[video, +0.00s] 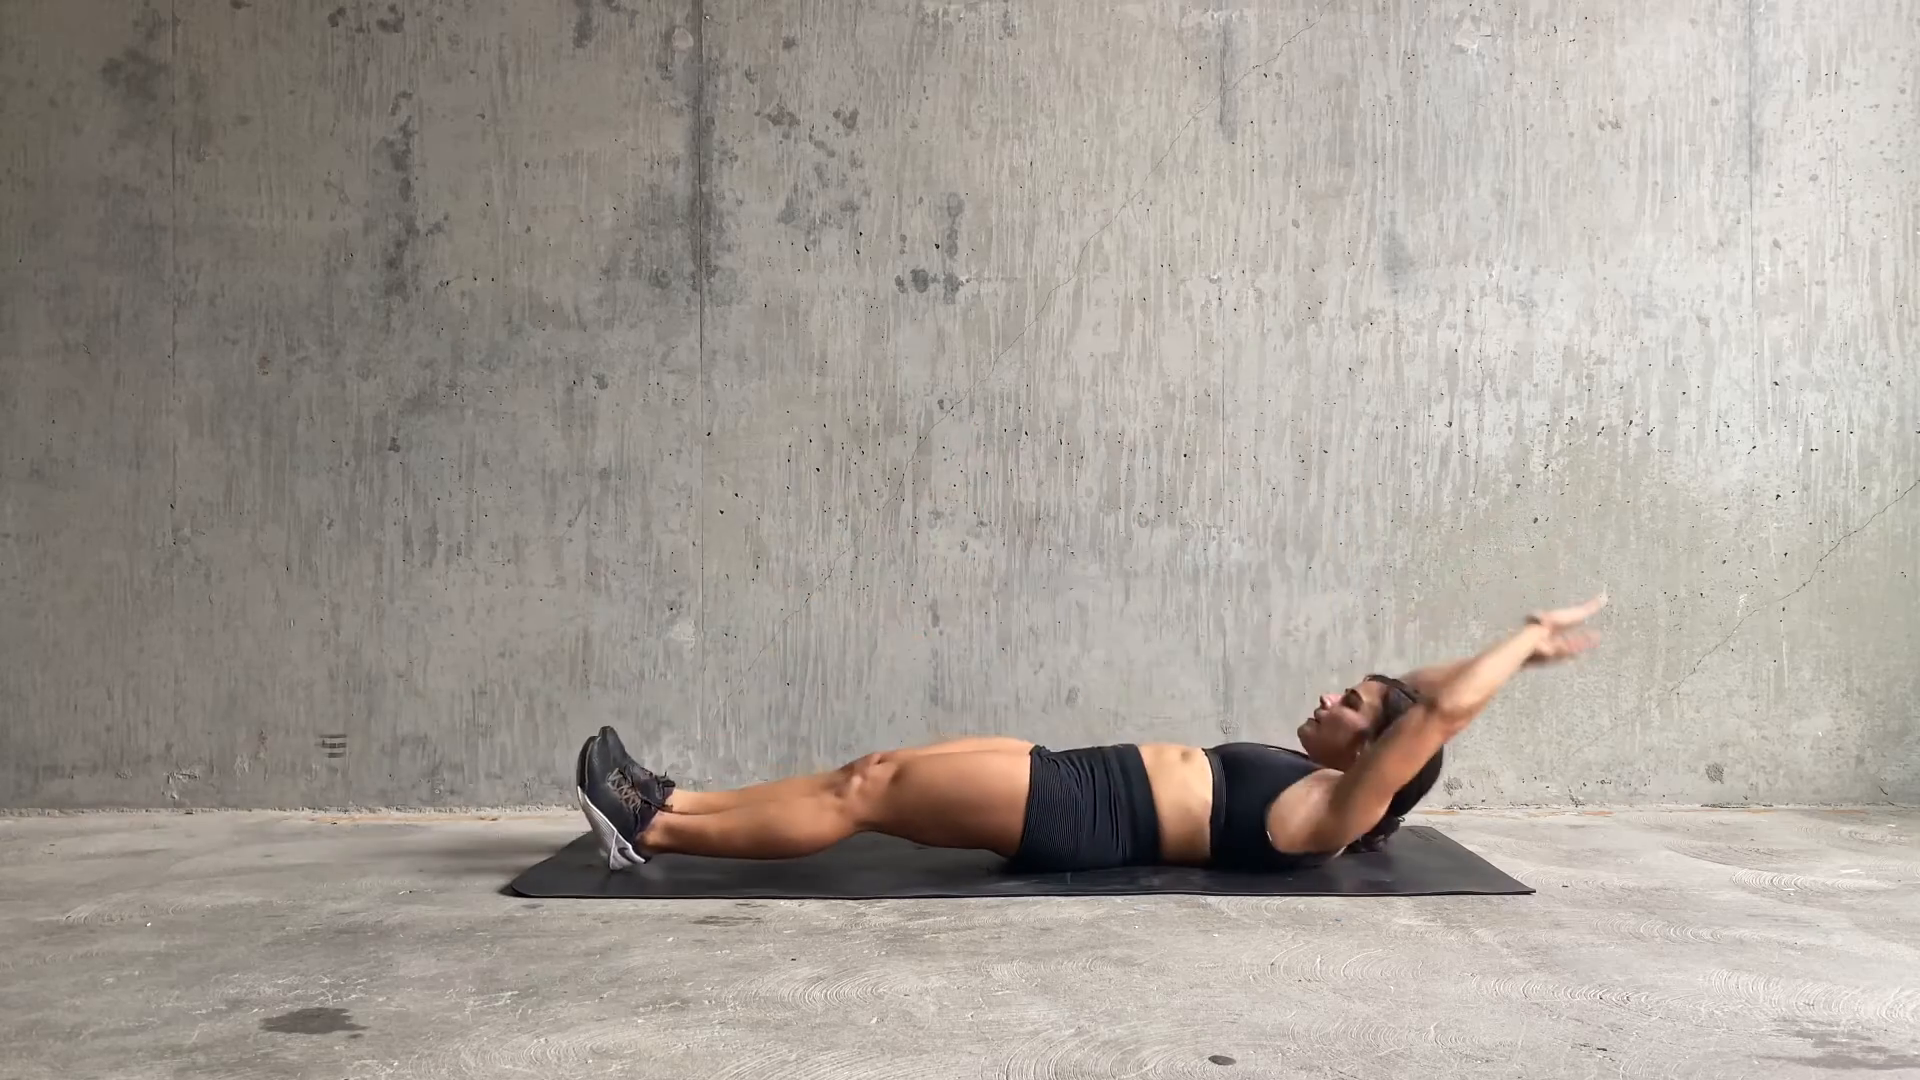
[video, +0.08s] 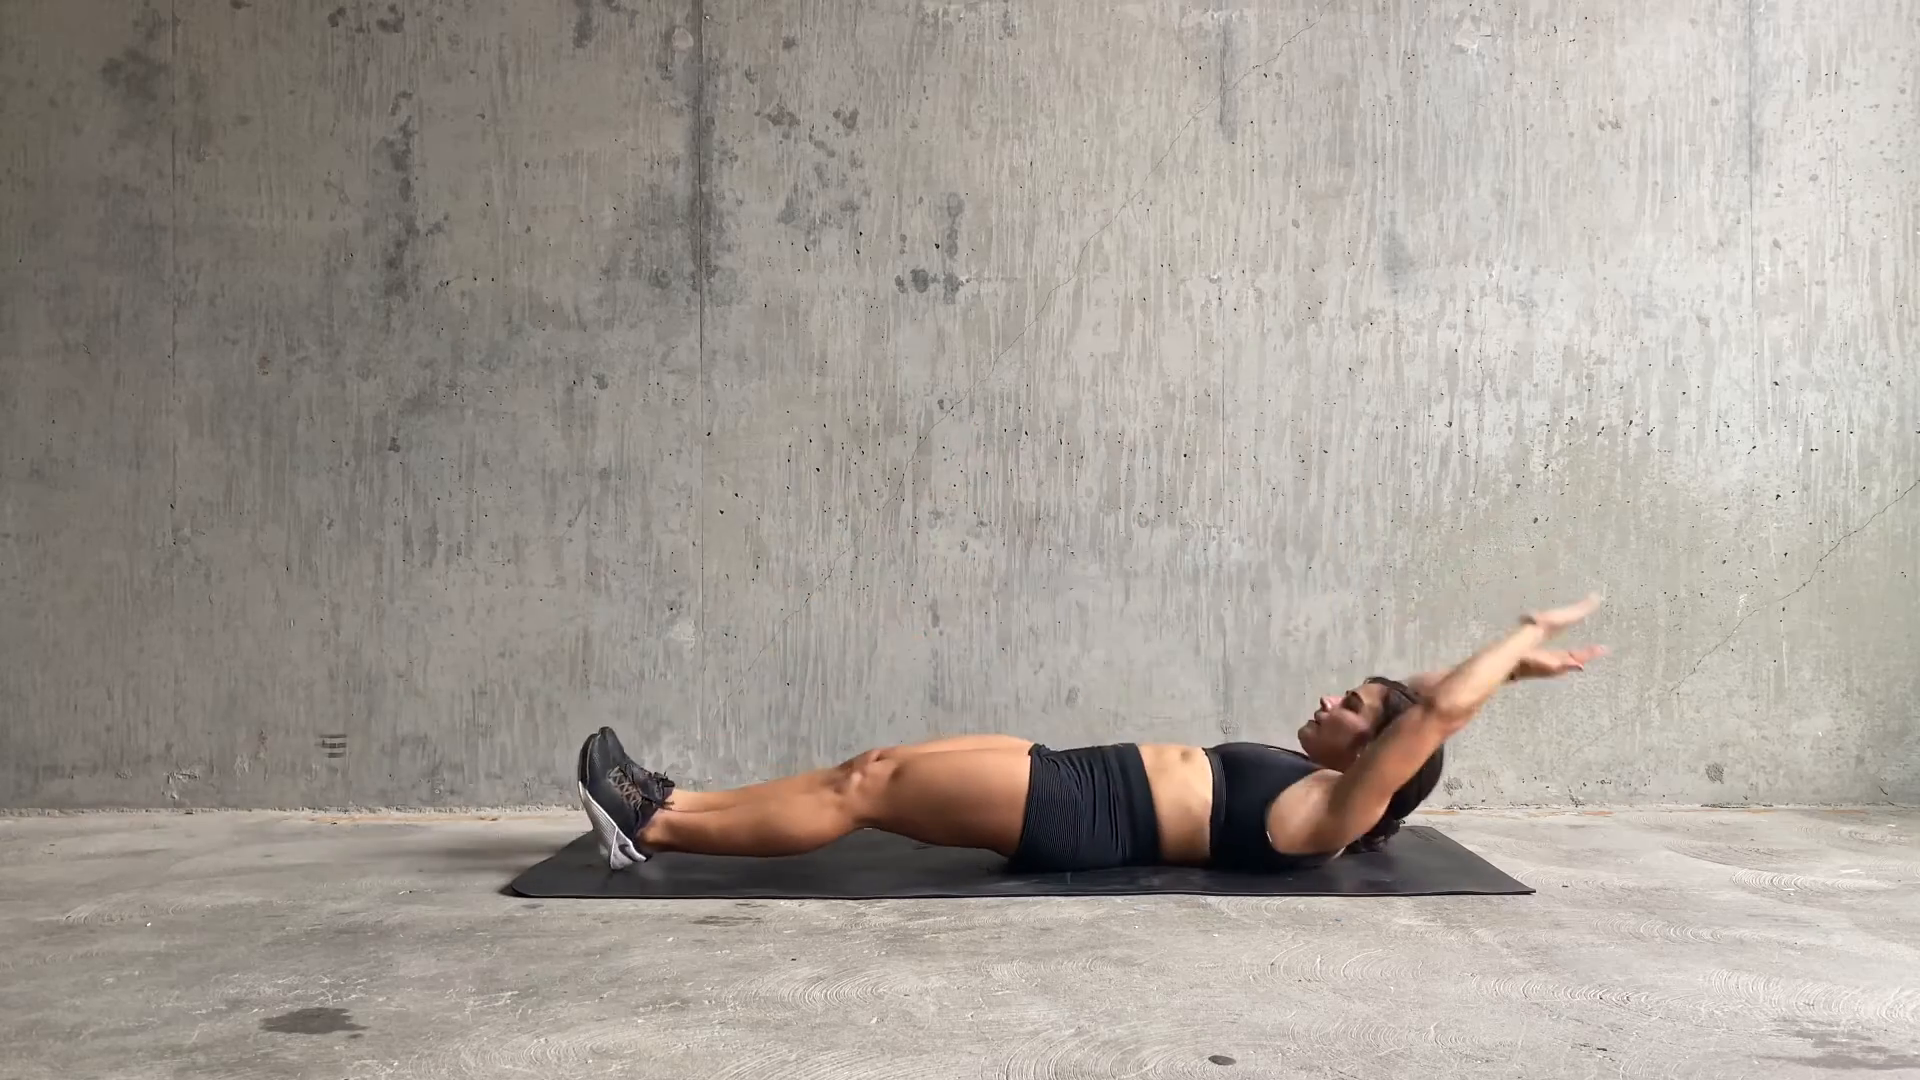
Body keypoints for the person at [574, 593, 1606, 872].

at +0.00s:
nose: (1336, 698)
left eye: (1356, 702)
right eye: (1350, 691)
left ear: (1373, 750)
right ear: (1344, 728)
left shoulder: (1322, 814)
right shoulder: (1308, 784)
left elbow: (1435, 714)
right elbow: (1428, 712)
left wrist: (1531, 646)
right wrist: (1517, 649)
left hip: (1087, 806)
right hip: (1086, 782)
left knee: (870, 789)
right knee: (871, 776)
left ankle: (652, 842)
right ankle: (666, 809)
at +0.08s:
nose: (1340, 697)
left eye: (1361, 702)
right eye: (1356, 691)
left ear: (1374, 753)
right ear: (1357, 736)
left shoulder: (1323, 813)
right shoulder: (1312, 783)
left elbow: (1435, 713)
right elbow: (1426, 714)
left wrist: (1526, 647)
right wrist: (1512, 655)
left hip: (1085, 806)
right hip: (1087, 782)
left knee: (869, 786)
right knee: (870, 772)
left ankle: (653, 839)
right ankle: (665, 814)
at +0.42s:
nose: (1236, 638)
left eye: (1254, 630)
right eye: (1245, 625)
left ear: (1296, 659)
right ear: (1290, 655)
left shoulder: (1261, 726)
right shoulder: (1248, 705)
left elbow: (1123, 659)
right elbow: (1127, 648)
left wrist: (1013, 581)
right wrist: (1031, 559)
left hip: (1076, 811)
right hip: (1067, 801)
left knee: (900, 686)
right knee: (860, 774)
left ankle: (701, 611)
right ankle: (658, 809)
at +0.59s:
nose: (1160, 548)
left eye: (1179, 543)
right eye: (1172, 537)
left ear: (1216, 578)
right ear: (1208, 573)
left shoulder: (1192, 654)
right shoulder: (1163, 625)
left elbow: (1044, 619)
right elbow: (1040, 573)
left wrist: (922, 569)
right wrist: (946, 495)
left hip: (1069, 813)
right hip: (1046, 794)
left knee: (956, 612)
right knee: (844, 770)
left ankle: (830, 451)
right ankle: (646, 808)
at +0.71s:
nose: (1146, 533)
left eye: (1164, 528)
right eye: (1158, 522)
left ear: (1199, 566)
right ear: (1197, 566)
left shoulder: (1175, 644)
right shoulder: (1154, 613)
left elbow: (1038, 614)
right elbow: (1029, 564)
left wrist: (911, 562)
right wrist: (937, 488)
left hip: (1070, 813)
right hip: (1056, 794)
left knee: (973, 613)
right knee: (853, 775)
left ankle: (850, 459)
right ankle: (652, 806)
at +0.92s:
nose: (1211, 586)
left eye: (1229, 582)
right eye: (1223, 575)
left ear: (1268, 618)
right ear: (1267, 618)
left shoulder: (1237, 687)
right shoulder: (1240, 682)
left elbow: (1114, 619)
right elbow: (1115, 614)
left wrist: (1018, 527)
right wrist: (1029, 529)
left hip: (1069, 811)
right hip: (1061, 798)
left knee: (906, 662)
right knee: (852, 772)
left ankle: (721, 565)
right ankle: (651, 808)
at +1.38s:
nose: (1335, 702)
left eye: (1357, 702)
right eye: (1349, 691)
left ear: (1375, 742)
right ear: (1346, 721)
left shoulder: (1327, 812)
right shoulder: (1313, 783)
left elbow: (1432, 713)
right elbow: (1400, 685)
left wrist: (1523, 622)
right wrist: (1484, 612)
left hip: (1087, 804)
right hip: (1087, 785)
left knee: (872, 786)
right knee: (872, 780)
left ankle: (657, 823)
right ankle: (666, 815)